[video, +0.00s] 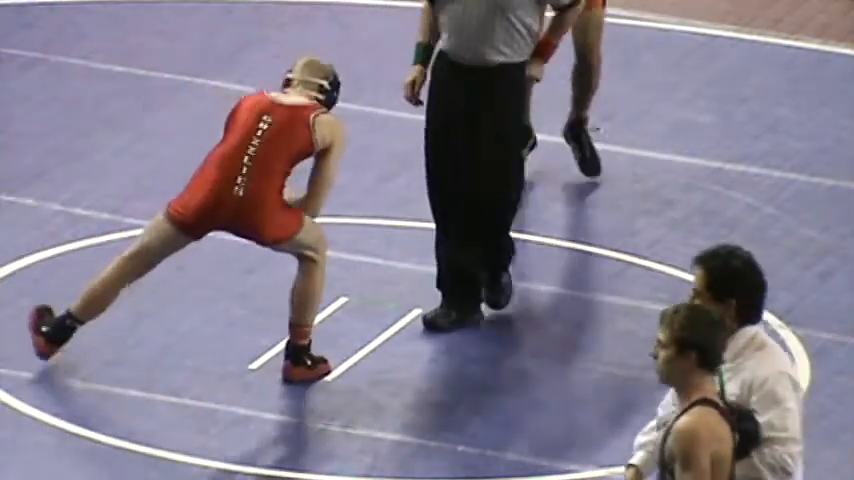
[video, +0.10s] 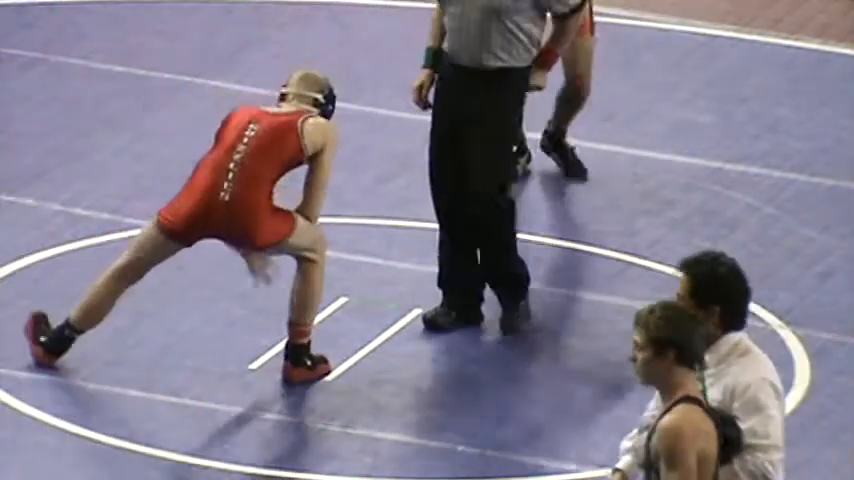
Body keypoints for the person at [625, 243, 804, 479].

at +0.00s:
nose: (689, 303)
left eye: (697, 296)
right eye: (692, 294)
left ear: (730, 309)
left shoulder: (771, 372)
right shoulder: (710, 351)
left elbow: (782, 461)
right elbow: (667, 415)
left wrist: (713, 472)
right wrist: (637, 466)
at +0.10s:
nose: (674, 307)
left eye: (681, 299)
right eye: (677, 297)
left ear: (712, 315)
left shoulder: (753, 379)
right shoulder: (691, 357)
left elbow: (763, 466)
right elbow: (651, 423)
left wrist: (691, 470)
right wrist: (624, 469)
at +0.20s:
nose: (656, 317)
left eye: (665, 310)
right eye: (659, 306)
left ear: (695, 319)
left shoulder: (734, 382)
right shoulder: (678, 361)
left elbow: (745, 468)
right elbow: (633, 428)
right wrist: (607, 471)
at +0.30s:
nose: (644, 317)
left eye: (653, 311)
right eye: (645, 307)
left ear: (688, 319)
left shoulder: (719, 383)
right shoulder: (658, 362)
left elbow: (730, 468)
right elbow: (619, 427)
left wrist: (655, 471)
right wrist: (589, 470)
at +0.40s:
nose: (632, 322)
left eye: (644, 315)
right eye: (631, 310)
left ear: (679, 317)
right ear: (628, 302)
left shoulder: (706, 382)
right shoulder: (638, 362)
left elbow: (716, 468)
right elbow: (605, 426)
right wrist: (575, 469)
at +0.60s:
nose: (604, 322)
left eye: (617, 311)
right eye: (600, 308)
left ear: (649, 315)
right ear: (595, 306)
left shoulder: (679, 379)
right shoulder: (594, 357)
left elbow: (695, 464)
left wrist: (637, 477)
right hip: (591, 468)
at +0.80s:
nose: (562, 322)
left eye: (574, 311)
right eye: (556, 311)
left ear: (604, 313)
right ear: (548, 313)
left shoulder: (640, 374)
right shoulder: (552, 362)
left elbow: (672, 457)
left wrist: (627, 477)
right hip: (563, 470)